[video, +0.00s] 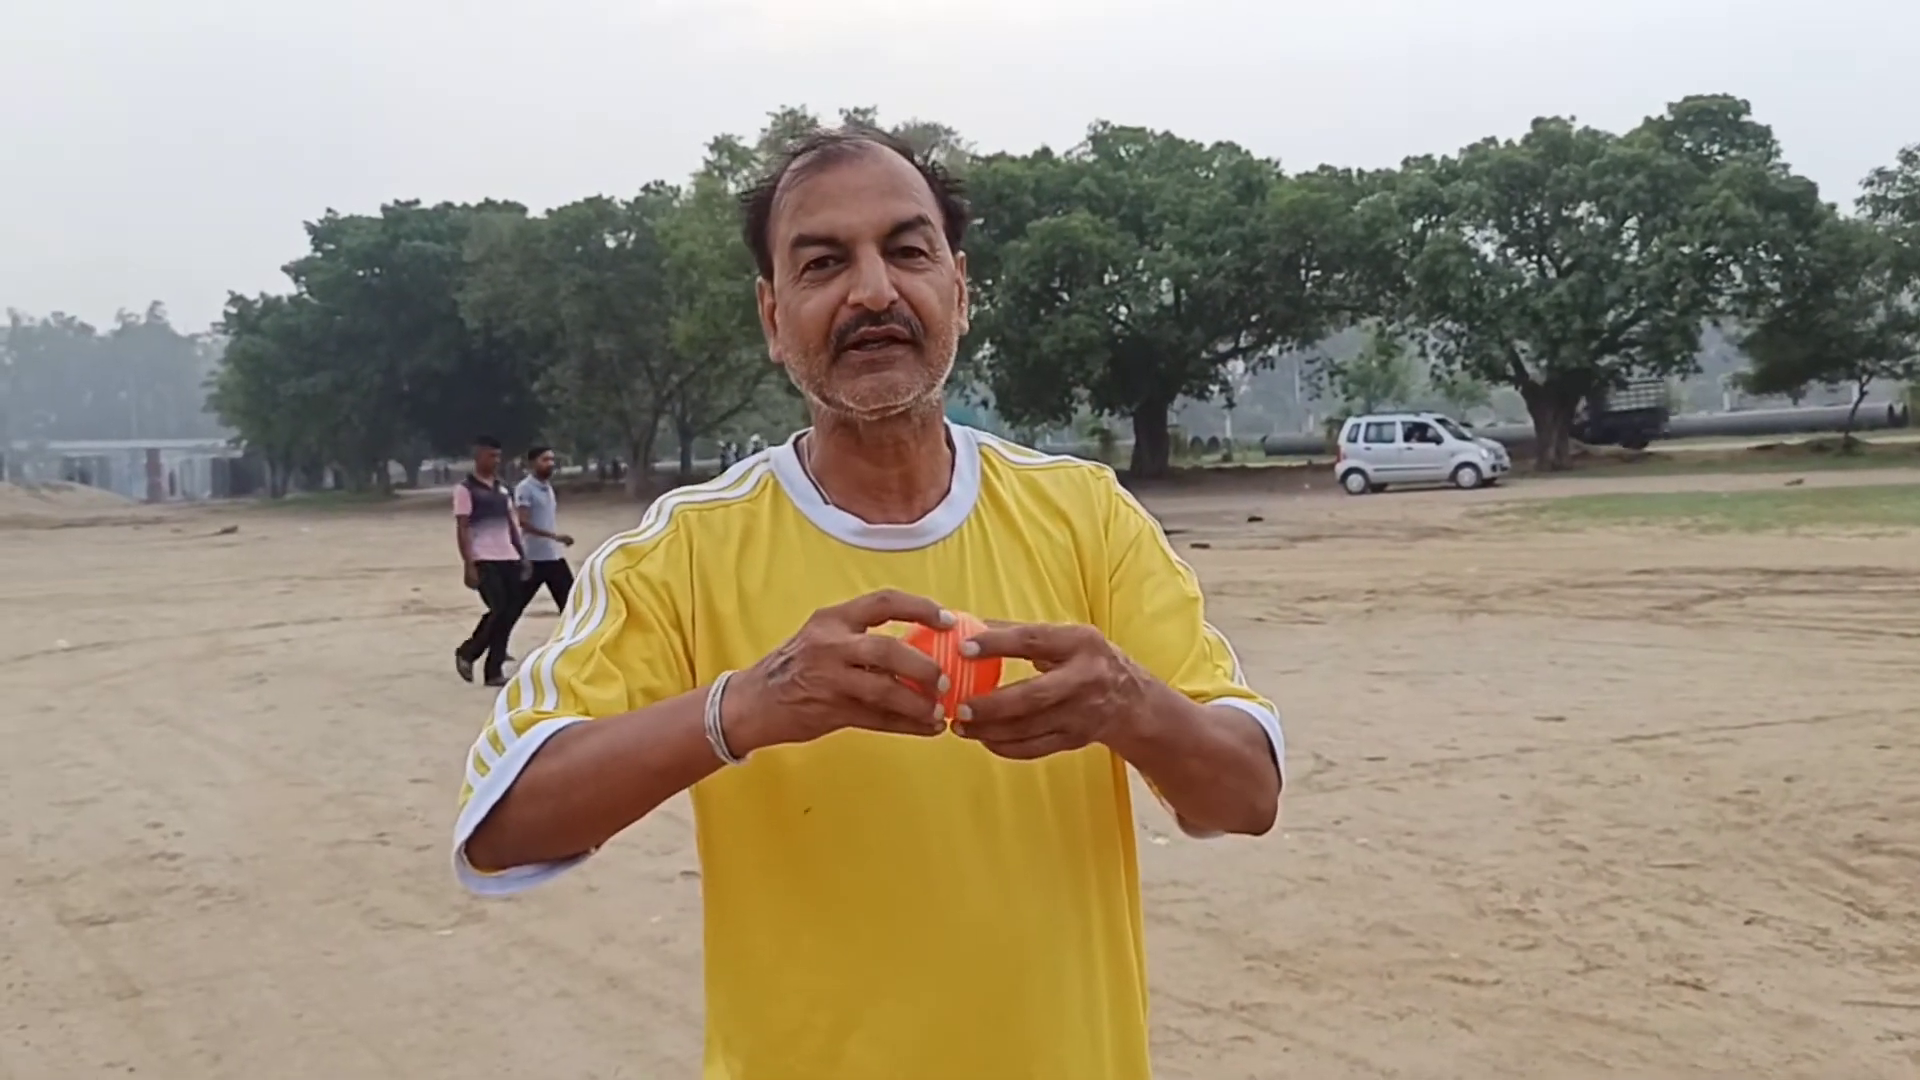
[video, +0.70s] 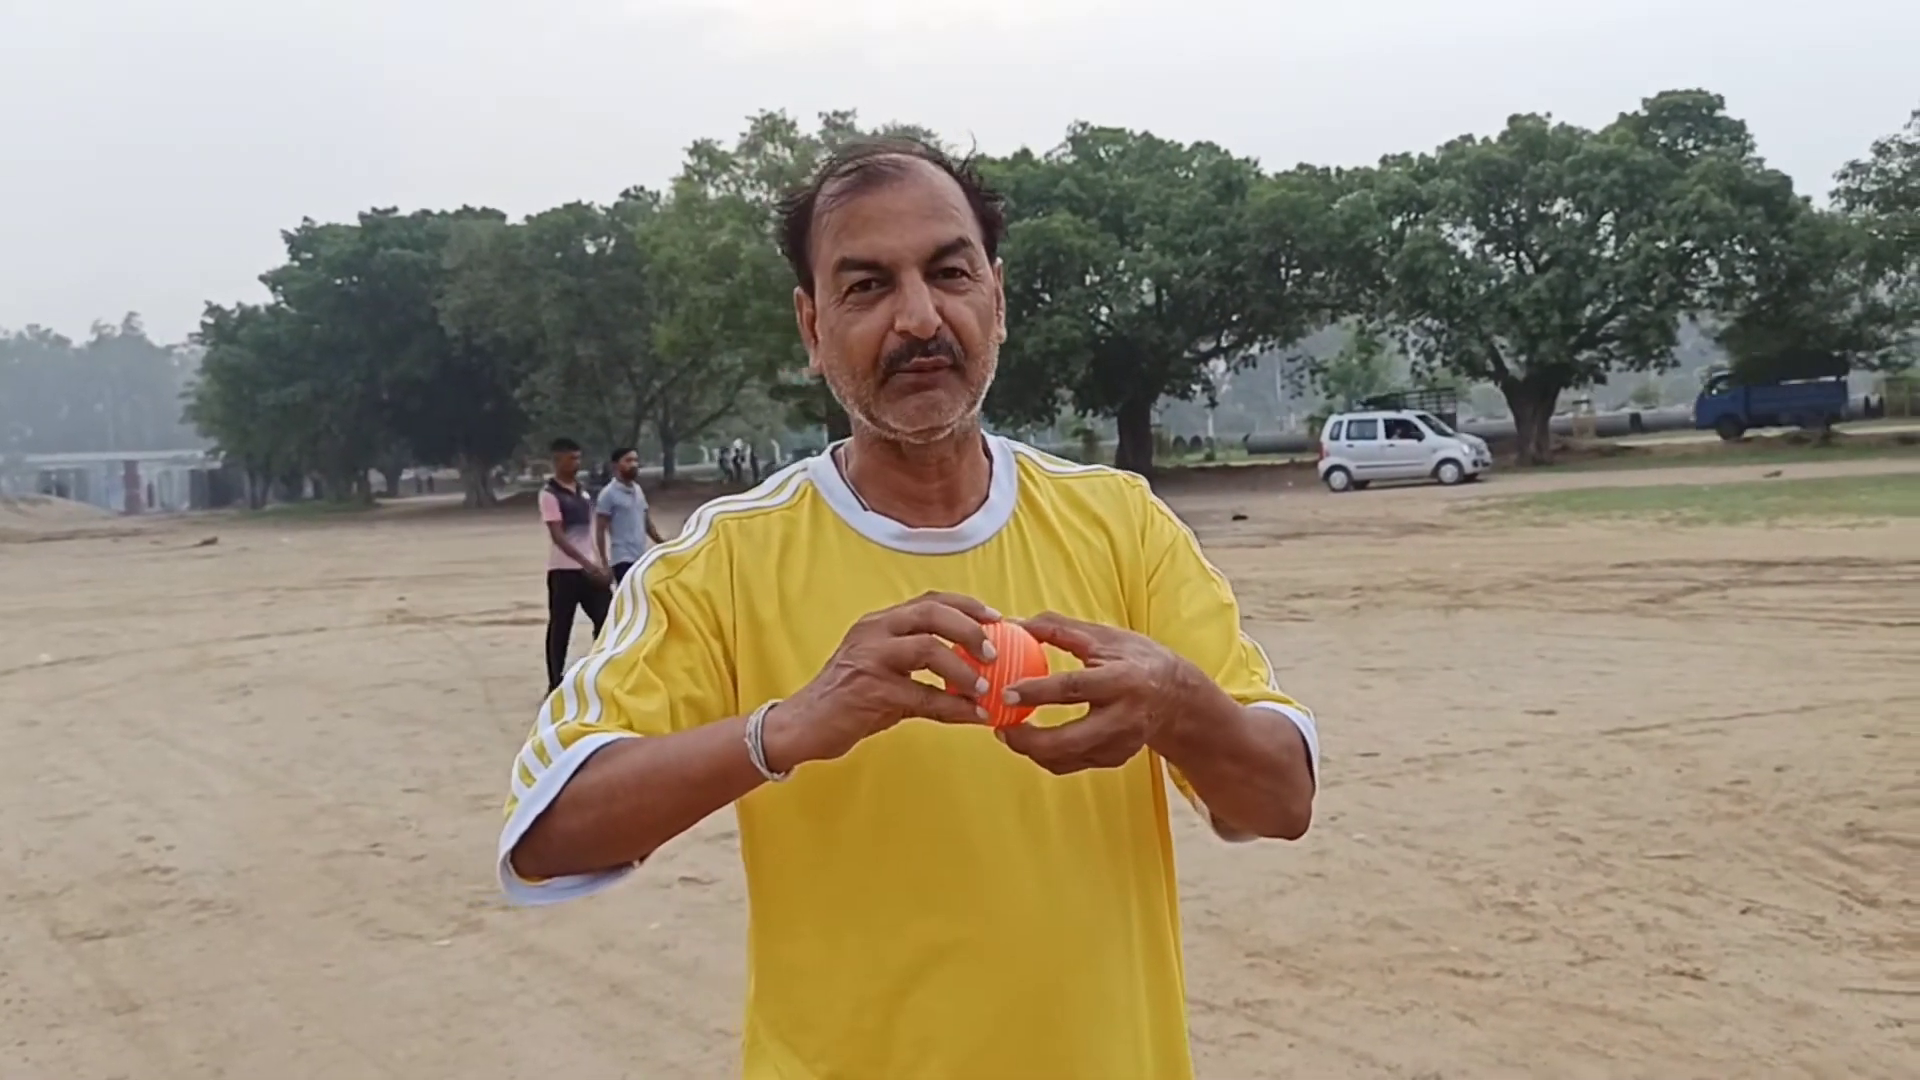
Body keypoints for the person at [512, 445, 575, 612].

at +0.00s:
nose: (551, 464)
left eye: (552, 459)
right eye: (546, 460)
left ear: (554, 462)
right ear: (533, 463)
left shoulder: (548, 488)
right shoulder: (524, 489)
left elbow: (544, 521)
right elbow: (523, 522)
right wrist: (556, 537)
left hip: (554, 558)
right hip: (534, 560)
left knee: (572, 608)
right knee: (512, 608)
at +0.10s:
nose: (568, 466)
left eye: (569, 461)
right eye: (563, 461)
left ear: (570, 464)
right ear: (551, 465)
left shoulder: (565, 491)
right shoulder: (542, 491)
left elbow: (564, 526)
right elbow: (539, 530)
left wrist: (574, 553)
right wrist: (559, 554)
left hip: (572, 560)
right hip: (553, 563)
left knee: (592, 604)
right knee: (544, 608)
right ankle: (515, 634)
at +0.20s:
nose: (583, 463)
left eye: (585, 459)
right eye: (578, 459)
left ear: (586, 463)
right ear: (566, 462)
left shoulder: (581, 488)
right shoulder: (556, 489)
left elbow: (585, 521)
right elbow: (553, 526)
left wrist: (597, 552)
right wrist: (564, 554)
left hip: (590, 557)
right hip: (570, 560)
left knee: (598, 605)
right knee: (576, 606)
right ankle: (541, 634)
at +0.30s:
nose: (598, 462)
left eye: (599, 458)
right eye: (593, 458)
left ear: (601, 461)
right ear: (580, 461)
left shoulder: (597, 486)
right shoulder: (569, 488)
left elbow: (605, 518)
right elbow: (558, 524)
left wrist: (622, 543)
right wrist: (567, 552)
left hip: (599, 555)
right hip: (581, 556)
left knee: (601, 602)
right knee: (595, 602)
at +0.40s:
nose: (610, 464)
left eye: (612, 460)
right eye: (605, 460)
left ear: (614, 463)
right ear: (593, 463)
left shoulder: (611, 489)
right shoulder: (581, 490)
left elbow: (622, 516)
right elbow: (568, 524)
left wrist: (645, 540)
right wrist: (567, 557)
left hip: (609, 556)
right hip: (592, 557)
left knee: (604, 605)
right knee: (600, 605)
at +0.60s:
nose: (626, 468)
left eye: (628, 464)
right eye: (621, 464)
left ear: (630, 466)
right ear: (609, 467)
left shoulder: (629, 493)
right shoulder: (599, 496)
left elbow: (639, 521)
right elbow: (586, 530)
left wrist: (661, 541)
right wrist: (589, 564)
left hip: (631, 557)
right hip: (612, 561)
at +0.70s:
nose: (634, 465)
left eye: (636, 460)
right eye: (628, 460)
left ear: (638, 463)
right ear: (616, 465)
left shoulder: (637, 489)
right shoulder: (608, 493)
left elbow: (646, 522)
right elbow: (600, 529)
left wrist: (662, 543)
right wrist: (604, 563)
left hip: (640, 555)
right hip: (622, 558)